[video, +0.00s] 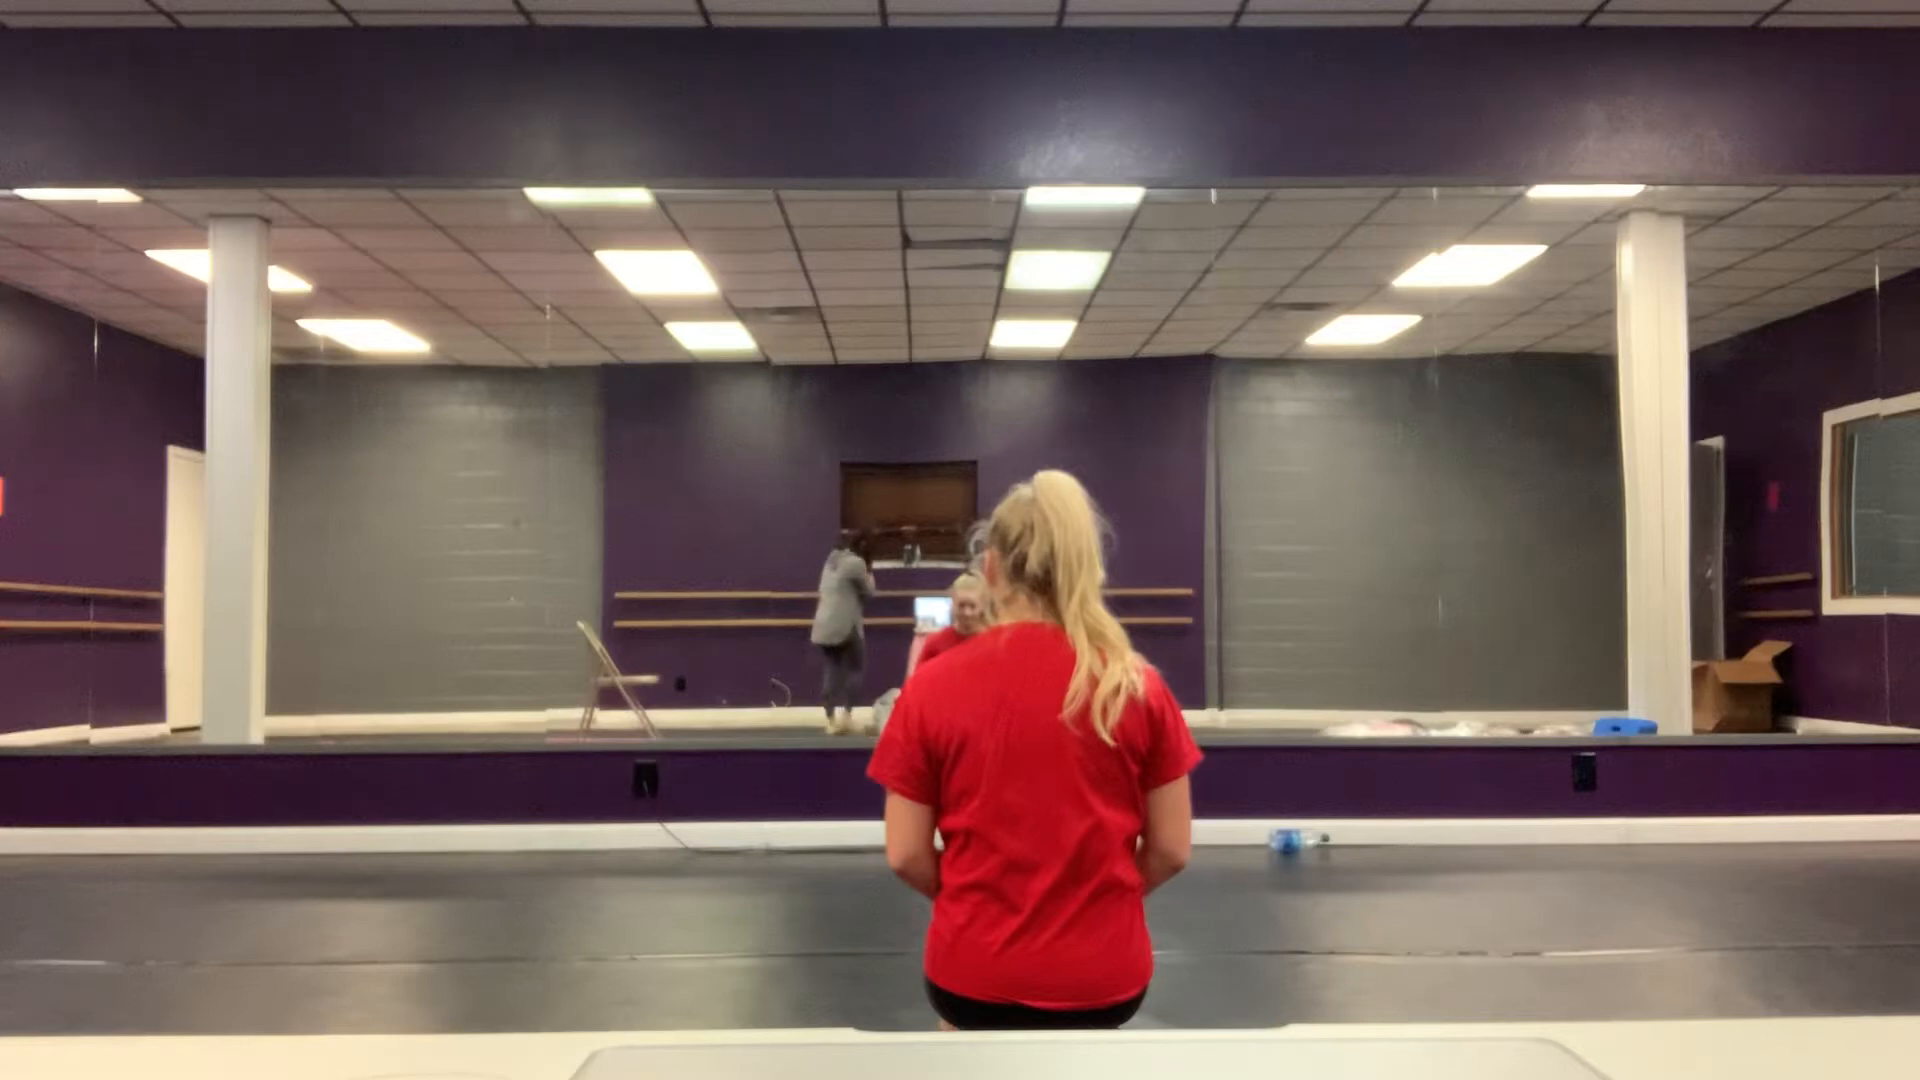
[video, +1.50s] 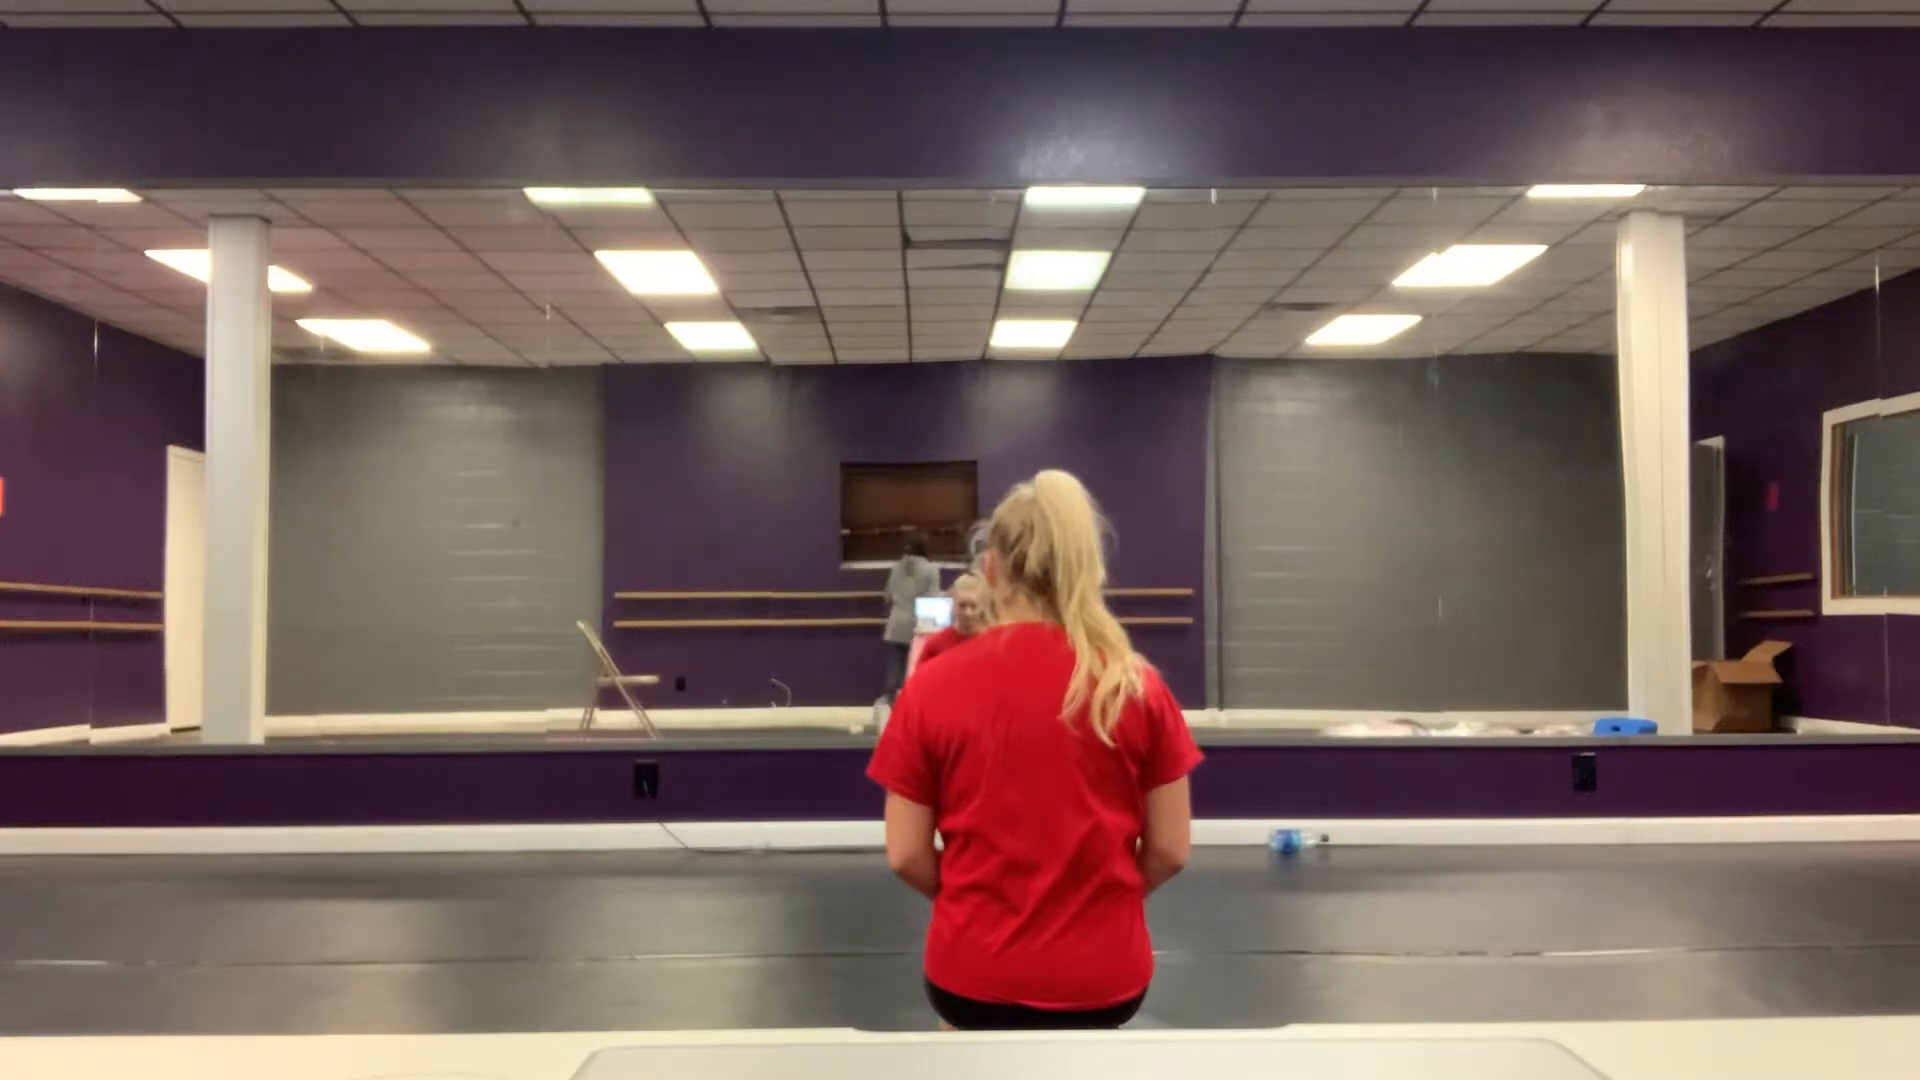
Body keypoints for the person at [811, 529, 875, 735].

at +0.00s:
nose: (866, 548)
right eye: (864, 544)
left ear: (840, 541)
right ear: (858, 545)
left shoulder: (830, 560)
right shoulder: (855, 563)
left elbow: (827, 588)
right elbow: (869, 590)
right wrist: (870, 576)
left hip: (823, 625)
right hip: (846, 625)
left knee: (832, 668)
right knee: (855, 668)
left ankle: (831, 719)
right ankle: (847, 715)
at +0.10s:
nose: (867, 547)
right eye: (865, 544)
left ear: (842, 541)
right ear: (860, 545)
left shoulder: (830, 561)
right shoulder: (859, 563)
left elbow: (821, 590)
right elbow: (873, 590)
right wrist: (872, 573)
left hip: (826, 623)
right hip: (851, 625)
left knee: (832, 669)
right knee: (859, 668)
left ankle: (831, 719)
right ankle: (856, 716)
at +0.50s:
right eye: (885, 545)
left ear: (861, 545)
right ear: (880, 547)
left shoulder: (847, 567)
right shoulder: (881, 565)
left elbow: (839, 597)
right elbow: (900, 578)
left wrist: (854, 601)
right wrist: (894, 555)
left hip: (850, 620)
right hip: (876, 620)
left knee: (849, 668)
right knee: (873, 670)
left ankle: (838, 703)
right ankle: (873, 713)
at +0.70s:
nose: (899, 546)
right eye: (898, 543)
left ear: (876, 542)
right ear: (893, 544)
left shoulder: (860, 564)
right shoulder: (894, 563)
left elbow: (849, 594)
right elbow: (913, 576)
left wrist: (850, 611)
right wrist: (903, 557)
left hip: (861, 615)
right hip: (885, 615)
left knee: (863, 662)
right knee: (881, 665)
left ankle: (858, 690)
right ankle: (876, 709)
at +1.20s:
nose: (913, 546)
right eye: (911, 543)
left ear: (889, 544)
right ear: (907, 545)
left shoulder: (880, 566)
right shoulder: (910, 566)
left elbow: (871, 593)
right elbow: (923, 590)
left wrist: (872, 611)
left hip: (880, 621)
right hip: (903, 621)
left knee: (886, 667)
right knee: (901, 668)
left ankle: (881, 699)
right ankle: (893, 700)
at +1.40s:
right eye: (919, 543)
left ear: (900, 545)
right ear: (918, 545)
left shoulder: (891, 565)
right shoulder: (921, 567)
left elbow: (882, 592)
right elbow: (925, 593)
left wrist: (891, 602)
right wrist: (940, 594)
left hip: (888, 621)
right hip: (909, 622)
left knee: (889, 664)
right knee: (905, 666)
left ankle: (887, 696)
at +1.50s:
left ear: (906, 546)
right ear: (925, 546)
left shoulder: (897, 567)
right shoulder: (930, 569)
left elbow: (889, 594)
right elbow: (934, 596)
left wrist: (897, 606)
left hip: (897, 621)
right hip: (920, 622)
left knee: (894, 662)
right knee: (916, 663)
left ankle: (890, 695)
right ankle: (913, 699)